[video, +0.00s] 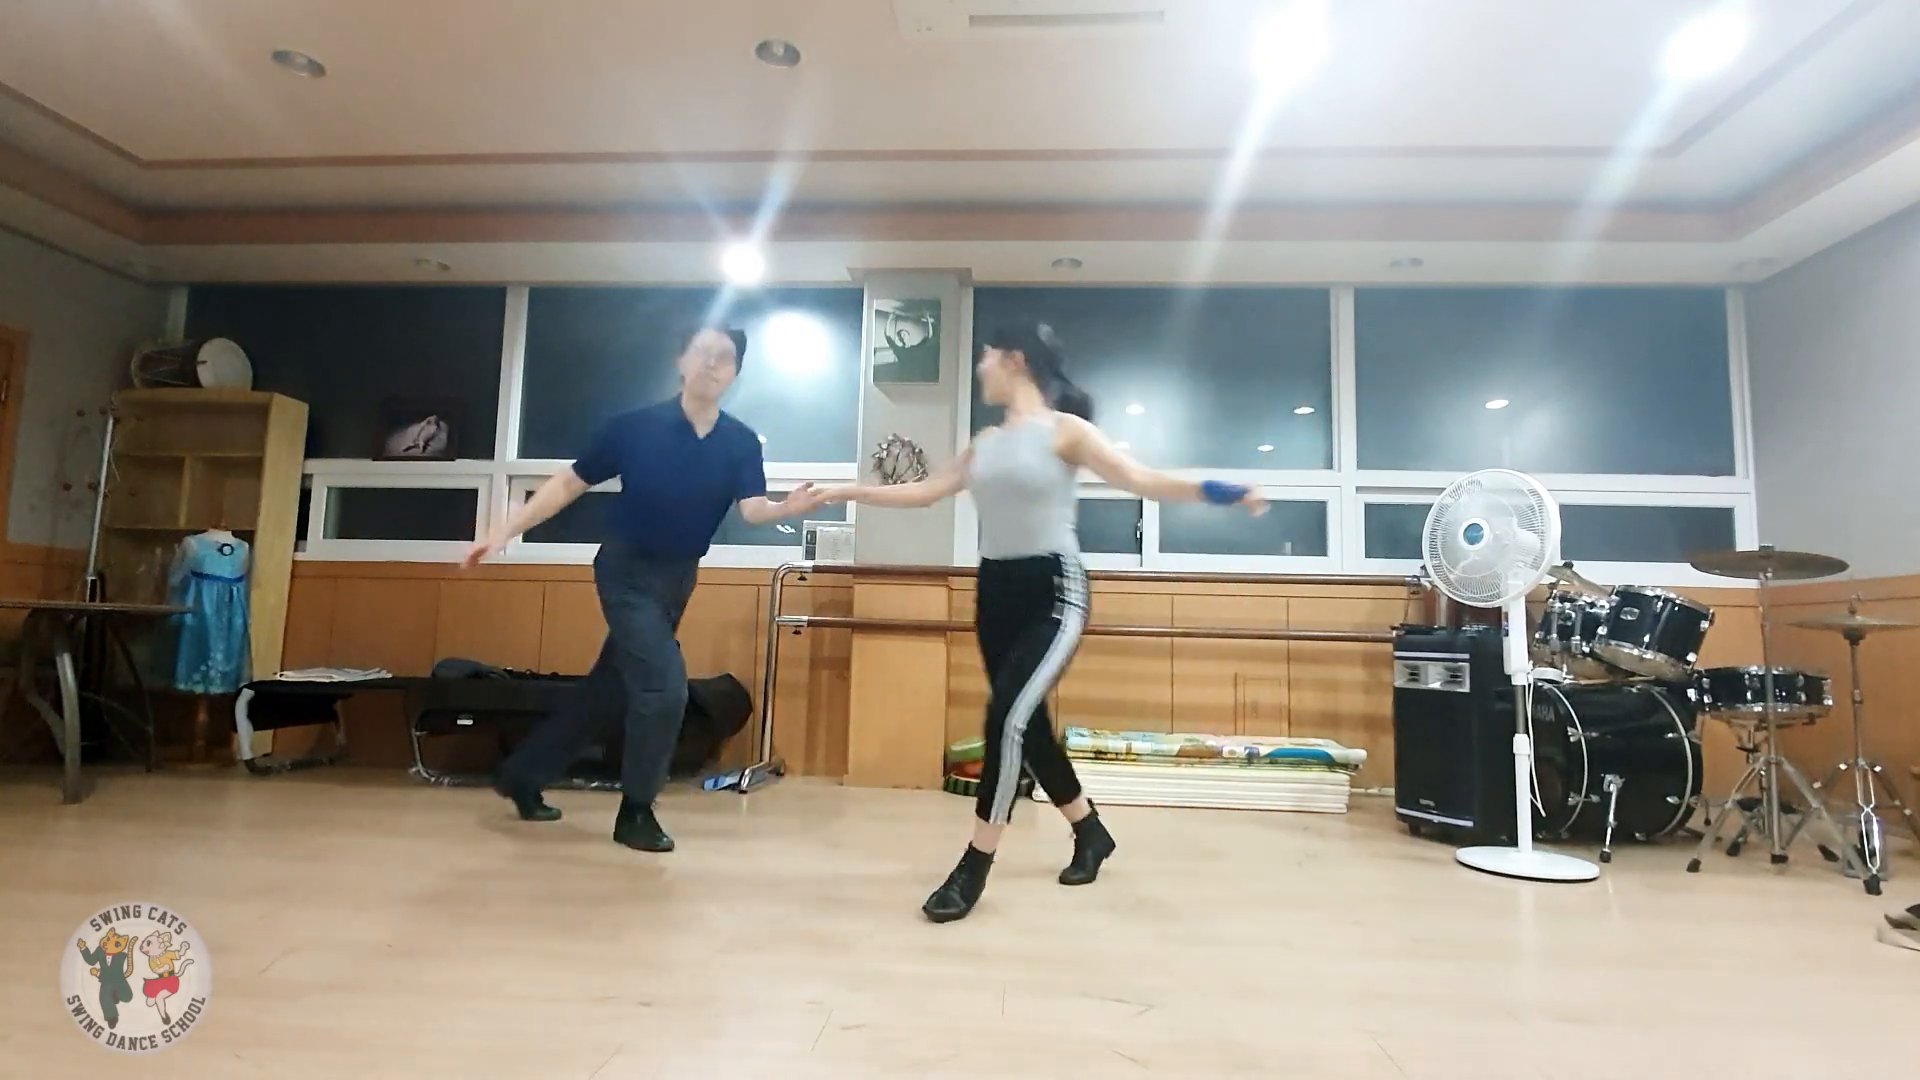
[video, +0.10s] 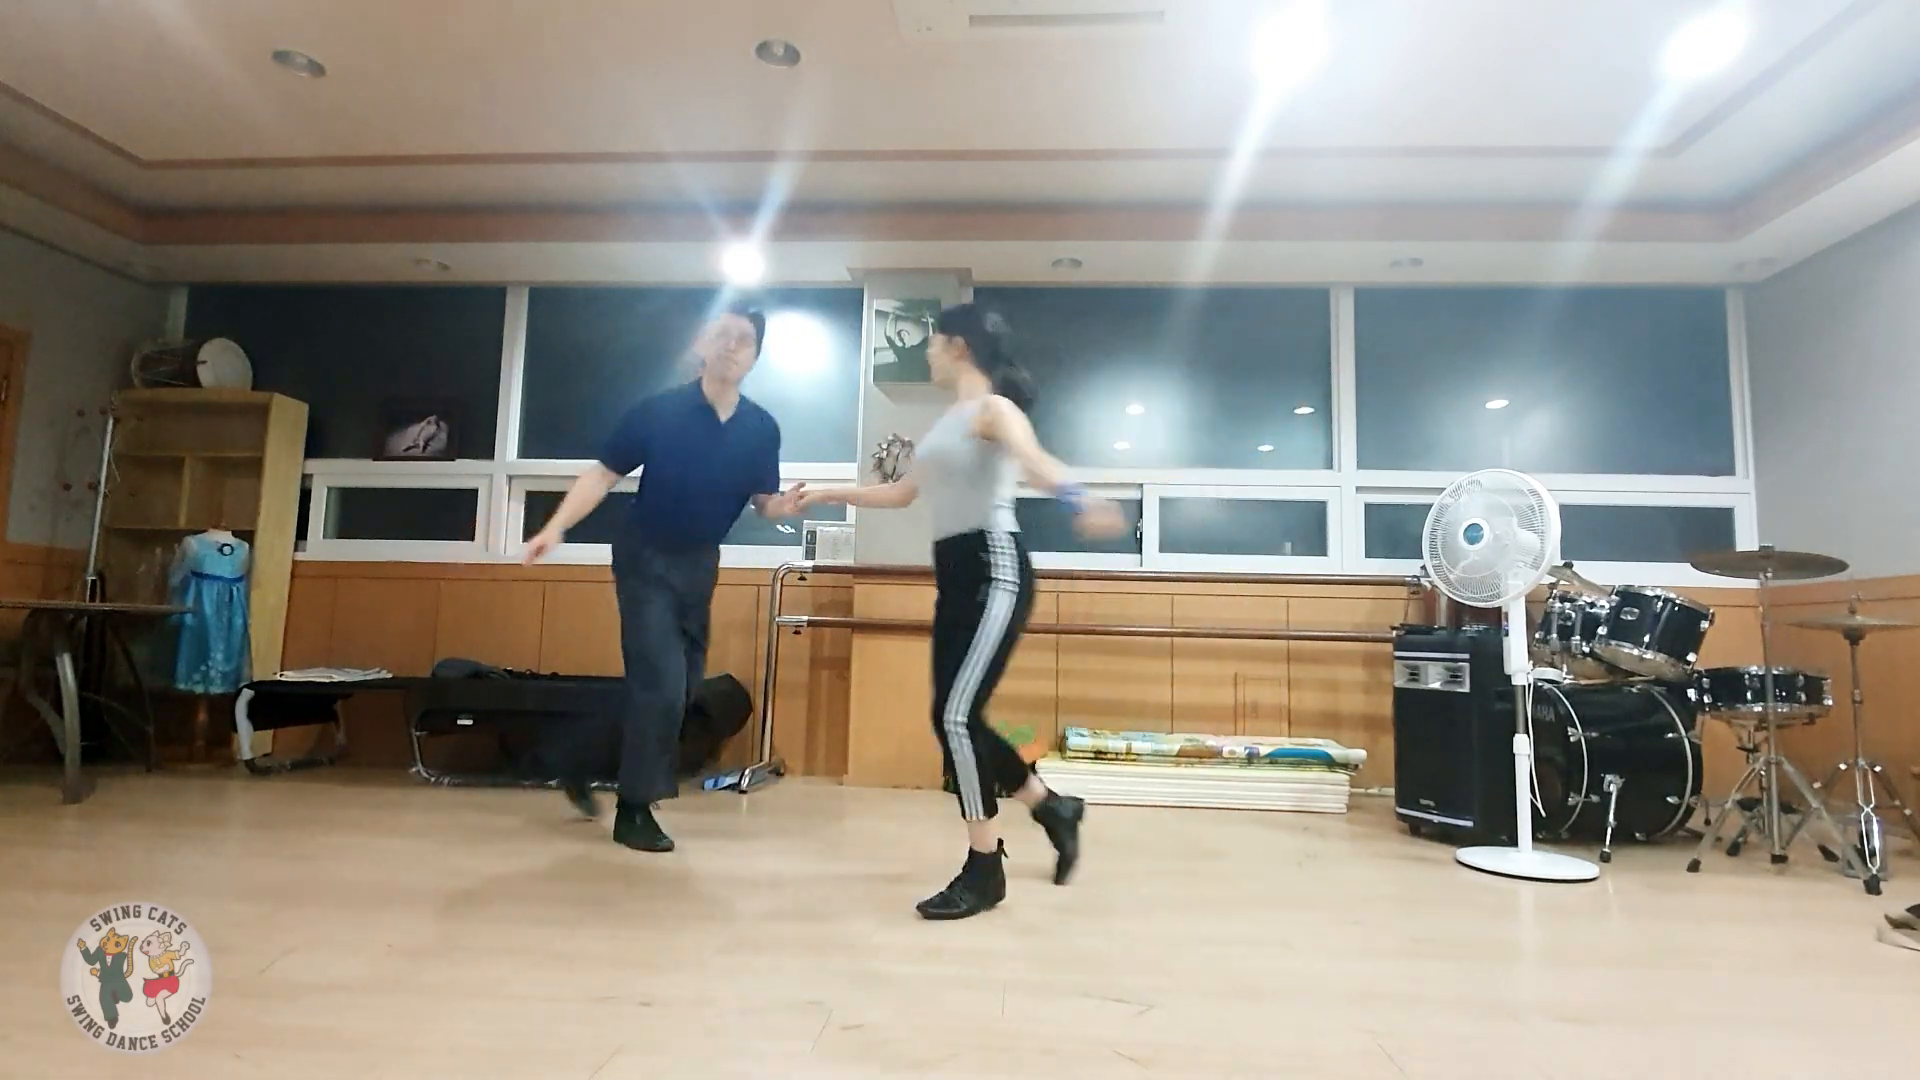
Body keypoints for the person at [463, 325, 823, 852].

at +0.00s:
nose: (710, 365)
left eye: (722, 359)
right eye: (702, 353)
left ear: (735, 375)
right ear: (680, 361)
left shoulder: (741, 444)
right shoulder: (636, 429)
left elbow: (751, 511)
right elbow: (568, 483)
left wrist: (790, 506)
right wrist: (504, 533)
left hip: (676, 582)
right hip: (626, 574)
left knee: (607, 689)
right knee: (664, 685)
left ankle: (522, 774)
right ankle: (635, 812)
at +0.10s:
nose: (731, 347)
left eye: (743, 341)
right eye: (723, 336)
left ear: (755, 357)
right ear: (700, 345)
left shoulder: (760, 429)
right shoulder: (659, 413)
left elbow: (765, 502)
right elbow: (602, 474)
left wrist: (788, 504)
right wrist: (555, 528)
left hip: (698, 568)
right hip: (646, 562)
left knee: (680, 689)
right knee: (660, 685)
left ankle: (582, 765)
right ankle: (634, 810)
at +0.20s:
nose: (752, 335)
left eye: (764, 328)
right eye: (743, 325)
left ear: (778, 341)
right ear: (723, 333)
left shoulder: (782, 415)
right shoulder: (681, 399)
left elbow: (779, 481)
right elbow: (636, 466)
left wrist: (803, 493)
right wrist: (622, 512)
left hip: (725, 560)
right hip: (666, 553)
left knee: (736, 676)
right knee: (661, 676)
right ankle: (633, 807)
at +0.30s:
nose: (777, 336)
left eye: (789, 329)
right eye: (767, 325)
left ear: (800, 342)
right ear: (746, 332)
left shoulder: (804, 412)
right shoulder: (709, 398)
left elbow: (824, 480)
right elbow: (667, 470)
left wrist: (898, 464)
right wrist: (683, 497)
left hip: (759, 562)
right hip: (695, 556)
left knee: (777, 681)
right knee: (677, 676)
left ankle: (785, 813)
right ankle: (635, 811)